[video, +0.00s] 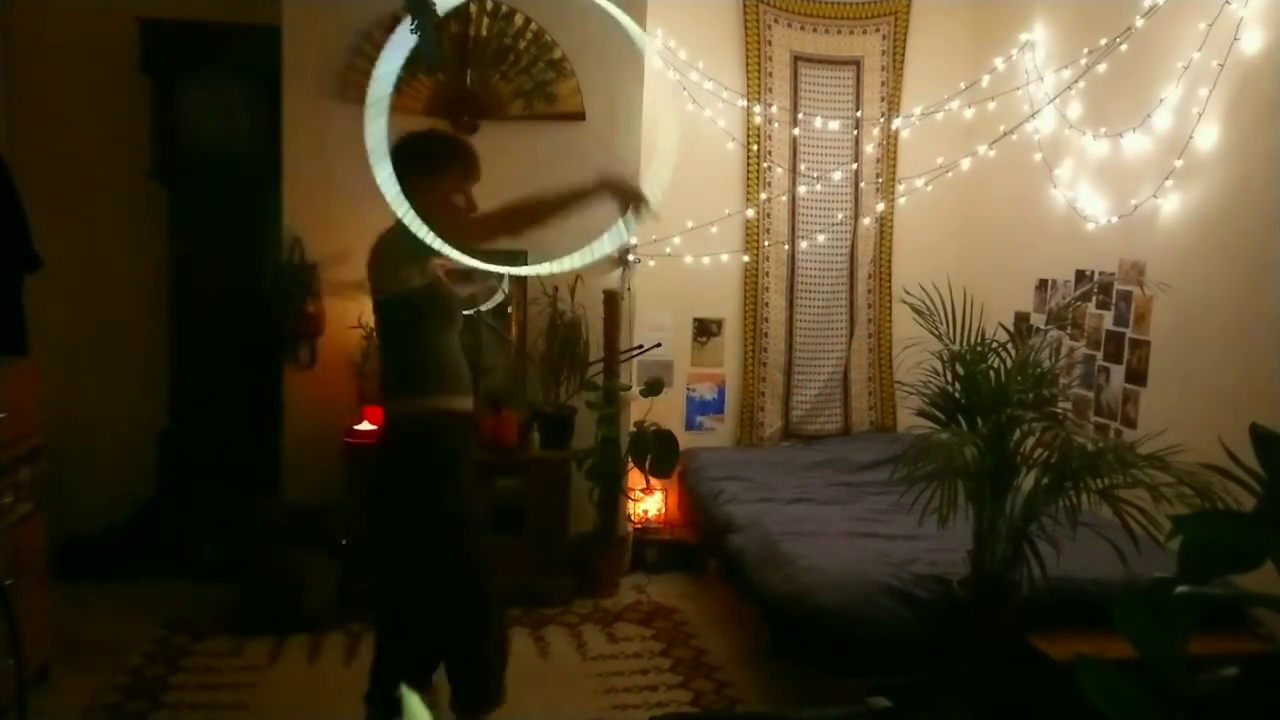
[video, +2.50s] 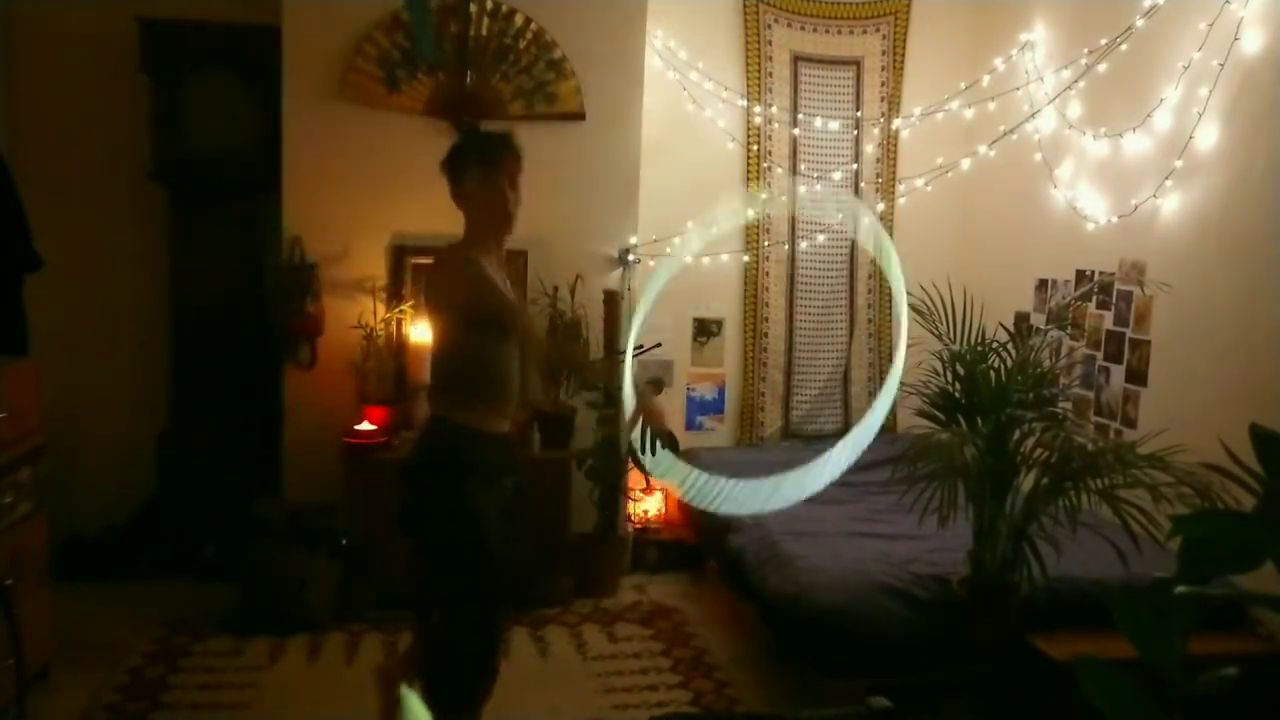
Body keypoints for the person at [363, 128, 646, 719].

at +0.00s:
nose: (472, 203)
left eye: (471, 189)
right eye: (462, 189)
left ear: (429, 187)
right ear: (423, 186)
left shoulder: (433, 257)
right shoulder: (399, 249)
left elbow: (516, 261)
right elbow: (502, 224)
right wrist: (600, 191)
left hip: (450, 447)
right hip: (418, 450)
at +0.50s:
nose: (504, 222)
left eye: (506, 208)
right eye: (502, 207)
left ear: (441, 203)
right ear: (478, 206)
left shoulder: (380, 283)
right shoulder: (502, 276)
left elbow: (368, 405)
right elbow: (514, 375)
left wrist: (363, 500)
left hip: (416, 465)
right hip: (488, 466)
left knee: (394, 622)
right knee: (486, 628)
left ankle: (361, 710)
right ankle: (475, 711)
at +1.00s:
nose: (500, 229)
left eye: (501, 215)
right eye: (495, 213)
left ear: (445, 210)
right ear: (462, 210)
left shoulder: (414, 284)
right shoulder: (437, 287)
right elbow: (563, 320)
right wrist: (641, 256)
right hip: (451, 469)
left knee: (414, 626)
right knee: (478, 633)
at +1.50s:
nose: (478, 194)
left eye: (482, 180)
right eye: (463, 181)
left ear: (488, 186)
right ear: (438, 190)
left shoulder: (492, 274)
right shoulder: (420, 273)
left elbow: (518, 356)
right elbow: (371, 333)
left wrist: (581, 405)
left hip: (493, 456)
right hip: (446, 459)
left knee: (489, 612)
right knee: (485, 615)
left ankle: (458, 706)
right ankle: (456, 708)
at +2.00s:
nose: (495, 212)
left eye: (499, 198)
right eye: (485, 199)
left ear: (498, 204)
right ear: (450, 201)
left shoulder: (491, 281)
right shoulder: (422, 281)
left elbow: (517, 367)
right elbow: (397, 215)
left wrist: (577, 407)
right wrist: (478, 231)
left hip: (517, 451)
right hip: (461, 468)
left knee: (631, 459)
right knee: (505, 638)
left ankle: (607, 568)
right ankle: (462, 714)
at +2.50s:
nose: (510, 198)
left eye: (514, 184)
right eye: (494, 184)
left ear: (519, 189)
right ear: (461, 192)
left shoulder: (499, 271)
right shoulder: (459, 268)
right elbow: (520, 338)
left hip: (491, 454)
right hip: (457, 455)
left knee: (474, 605)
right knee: (470, 616)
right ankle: (454, 705)